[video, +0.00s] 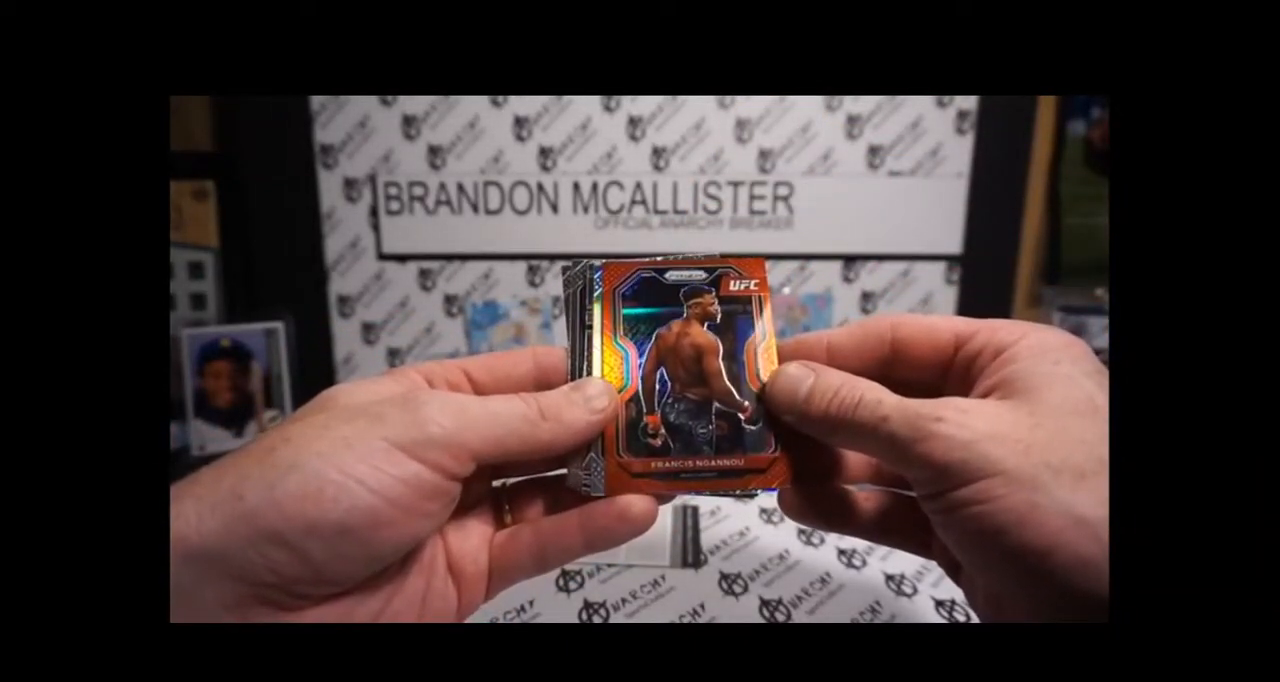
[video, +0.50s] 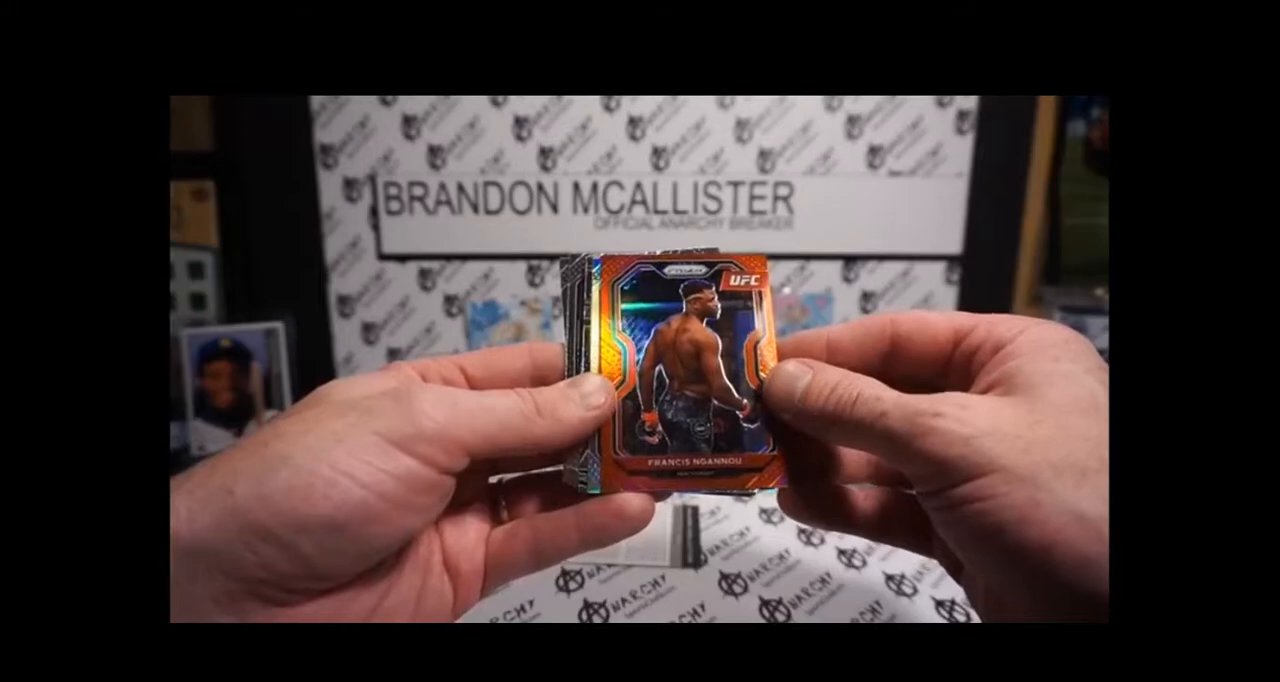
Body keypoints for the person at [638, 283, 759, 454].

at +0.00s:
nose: (718, 308)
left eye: (716, 303)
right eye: (713, 304)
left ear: (693, 309)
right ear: (694, 308)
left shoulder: (663, 334)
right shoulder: (708, 341)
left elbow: (648, 374)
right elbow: (720, 389)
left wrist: (650, 413)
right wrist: (743, 407)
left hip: (671, 407)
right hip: (698, 412)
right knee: (702, 474)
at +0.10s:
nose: (716, 307)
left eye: (715, 302)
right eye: (710, 303)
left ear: (690, 307)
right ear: (692, 307)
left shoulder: (661, 333)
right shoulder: (705, 339)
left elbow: (645, 373)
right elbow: (718, 388)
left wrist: (648, 413)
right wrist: (742, 407)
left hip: (669, 406)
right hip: (696, 412)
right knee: (697, 472)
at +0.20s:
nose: (714, 303)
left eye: (713, 298)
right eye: (708, 299)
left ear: (687, 304)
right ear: (690, 303)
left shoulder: (658, 330)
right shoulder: (703, 336)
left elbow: (641, 371)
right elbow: (714, 386)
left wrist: (644, 410)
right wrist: (738, 404)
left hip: (665, 403)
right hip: (692, 411)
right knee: (693, 470)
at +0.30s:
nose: (717, 305)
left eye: (715, 299)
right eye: (712, 300)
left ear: (690, 305)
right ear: (693, 304)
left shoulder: (661, 330)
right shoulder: (705, 338)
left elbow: (644, 370)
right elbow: (717, 389)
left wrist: (646, 410)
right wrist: (740, 406)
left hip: (667, 404)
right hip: (693, 411)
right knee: (696, 471)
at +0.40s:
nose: (719, 306)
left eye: (717, 300)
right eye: (713, 301)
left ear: (692, 305)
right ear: (695, 305)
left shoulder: (663, 331)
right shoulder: (707, 339)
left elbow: (647, 370)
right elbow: (718, 389)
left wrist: (648, 411)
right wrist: (742, 407)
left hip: (670, 404)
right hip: (696, 412)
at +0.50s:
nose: (718, 304)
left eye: (716, 298)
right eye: (712, 299)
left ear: (693, 304)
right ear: (695, 303)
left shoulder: (662, 329)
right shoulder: (707, 337)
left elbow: (646, 369)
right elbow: (719, 387)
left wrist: (648, 410)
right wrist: (742, 405)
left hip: (669, 403)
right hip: (695, 410)